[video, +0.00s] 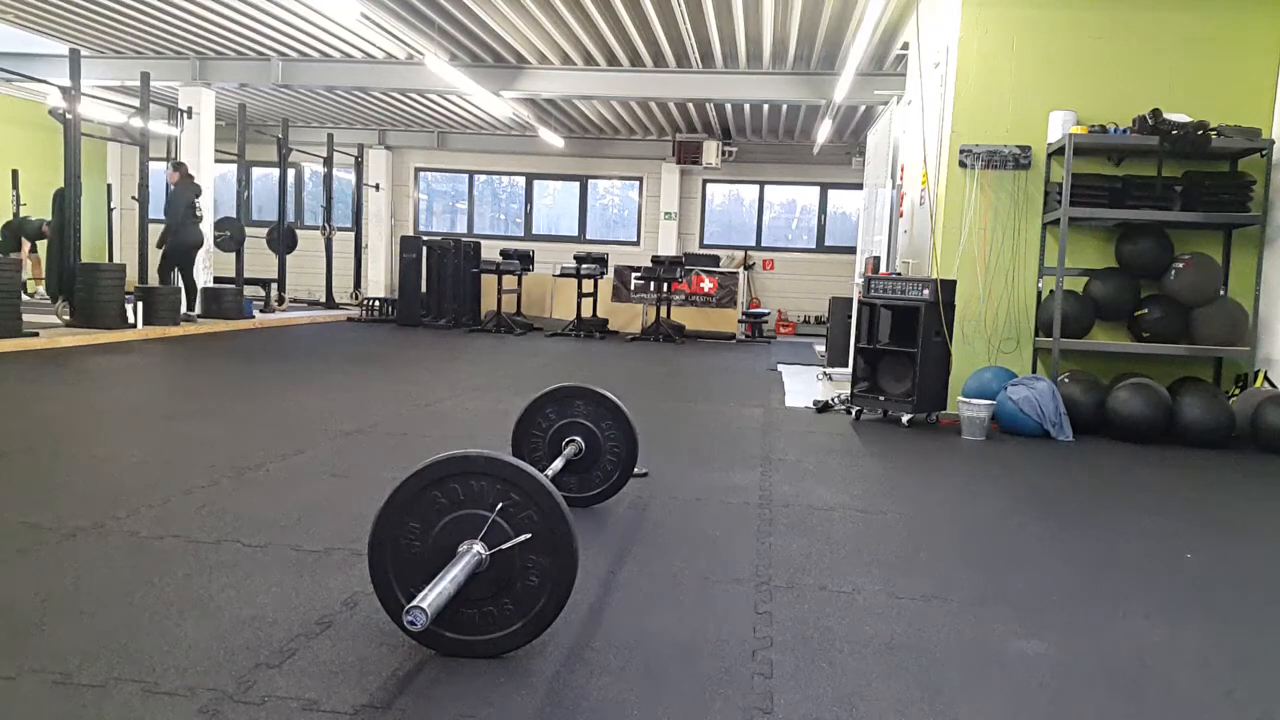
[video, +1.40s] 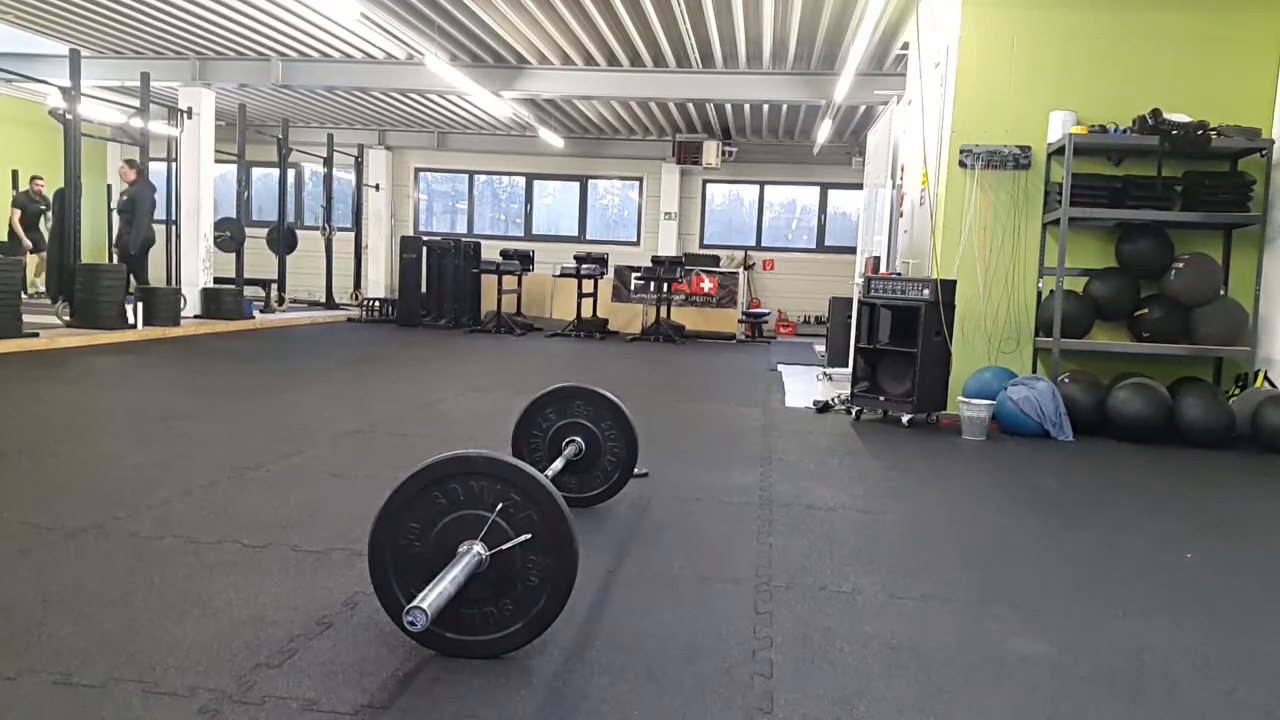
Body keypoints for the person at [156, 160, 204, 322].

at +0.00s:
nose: (168, 176)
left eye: (170, 173)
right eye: (168, 173)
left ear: (178, 174)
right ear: (182, 174)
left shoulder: (179, 191)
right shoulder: (190, 189)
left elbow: (174, 219)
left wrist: (162, 239)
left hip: (181, 237)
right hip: (194, 236)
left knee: (163, 270)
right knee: (187, 272)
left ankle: (167, 308)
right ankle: (191, 310)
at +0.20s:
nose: (159, 176)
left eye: (162, 173)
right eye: (160, 173)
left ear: (171, 174)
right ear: (172, 174)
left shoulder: (173, 191)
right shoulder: (182, 189)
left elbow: (170, 222)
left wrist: (161, 244)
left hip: (174, 237)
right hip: (185, 237)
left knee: (162, 272)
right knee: (183, 273)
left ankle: (162, 309)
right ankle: (190, 310)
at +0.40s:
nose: (152, 176)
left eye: (155, 173)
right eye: (153, 173)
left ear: (164, 174)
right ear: (164, 174)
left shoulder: (166, 192)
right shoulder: (170, 190)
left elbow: (166, 221)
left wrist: (160, 245)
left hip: (165, 236)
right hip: (173, 235)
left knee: (158, 273)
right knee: (173, 273)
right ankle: (188, 309)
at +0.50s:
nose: (148, 174)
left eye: (152, 171)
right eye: (149, 171)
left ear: (161, 173)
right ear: (160, 174)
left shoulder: (164, 191)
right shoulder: (163, 189)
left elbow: (162, 221)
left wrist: (151, 246)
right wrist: (146, 241)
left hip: (161, 238)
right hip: (166, 237)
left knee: (155, 277)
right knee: (168, 276)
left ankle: (157, 310)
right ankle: (185, 308)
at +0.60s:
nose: (144, 173)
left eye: (147, 170)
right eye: (144, 170)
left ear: (157, 172)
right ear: (155, 172)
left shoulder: (162, 190)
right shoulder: (152, 190)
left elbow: (159, 222)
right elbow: (146, 219)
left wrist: (147, 244)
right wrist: (138, 237)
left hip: (158, 240)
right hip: (149, 238)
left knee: (152, 278)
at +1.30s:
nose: (124, 173)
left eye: (127, 169)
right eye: (124, 169)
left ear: (137, 171)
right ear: (137, 172)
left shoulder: (141, 190)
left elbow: (142, 221)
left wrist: (134, 246)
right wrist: (123, 240)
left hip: (140, 234)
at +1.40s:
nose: (120, 172)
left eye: (123, 168)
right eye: (120, 168)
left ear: (133, 170)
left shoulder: (142, 189)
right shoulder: (128, 190)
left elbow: (142, 219)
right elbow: (124, 221)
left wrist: (134, 246)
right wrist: (117, 242)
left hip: (138, 237)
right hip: (125, 237)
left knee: (140, 277)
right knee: (123, 276)